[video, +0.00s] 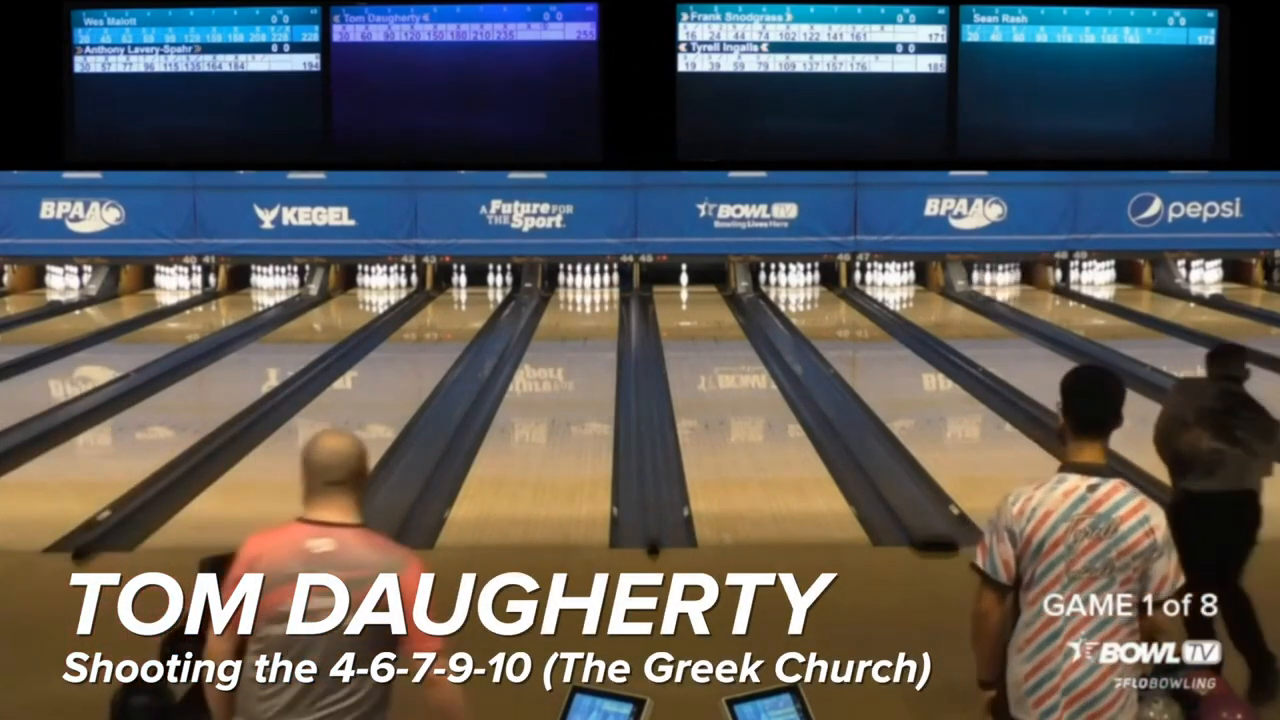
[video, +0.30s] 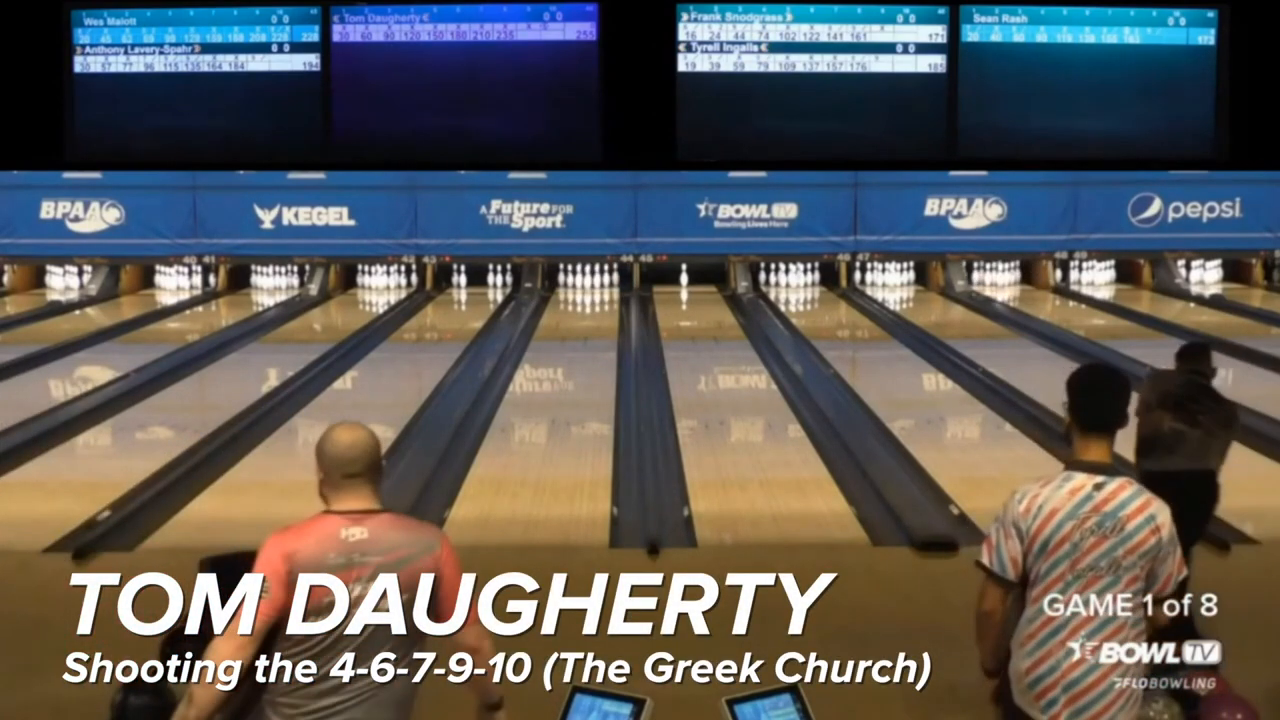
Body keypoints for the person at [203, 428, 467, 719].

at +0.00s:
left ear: (305, 476)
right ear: (364, 479)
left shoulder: (258, 552)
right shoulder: (401, 565)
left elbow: (218, 663)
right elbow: (435, 676)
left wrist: (225, 713)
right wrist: (459, 713)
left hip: (265, 710)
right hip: (358, 712)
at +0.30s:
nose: (317, 477)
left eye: (317, 470)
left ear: (321, 477)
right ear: (380, 471)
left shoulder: (285, 548)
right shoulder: (430, 545)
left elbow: (232, 652)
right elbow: (478, 649)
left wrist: (187, 713)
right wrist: (492, 706)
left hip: (293, 710)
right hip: (383, 712)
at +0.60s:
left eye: (310, 465)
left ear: (310, 473)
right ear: (371, 468)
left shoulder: (281, 551)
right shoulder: (423, 539)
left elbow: (239, 654)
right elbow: (465, 647)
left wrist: (193, 713)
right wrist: (478, 705)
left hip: (296, 709)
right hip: (386, 708)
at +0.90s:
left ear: (269, 474)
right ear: (329, 474)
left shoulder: (229, 553)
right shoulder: (370, 551)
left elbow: (205, 662)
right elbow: (410, 650)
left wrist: (208, 713)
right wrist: (445, 704)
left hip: (254, 710)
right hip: (344, 709)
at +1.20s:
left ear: (235, 468)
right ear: (294, 469)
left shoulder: (194, 544)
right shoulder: (330, 546)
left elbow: (178, 645)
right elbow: (357, 645)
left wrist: (196, 697)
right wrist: (393, 704)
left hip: (219, 710)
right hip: (309, 710)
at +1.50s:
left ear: (229, 465)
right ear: (289, 464)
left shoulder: (188, 538)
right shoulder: (329, 535)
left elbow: (163, 650)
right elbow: (358, 641)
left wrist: (183, 702)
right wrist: (386, 704)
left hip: (213, 709)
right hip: (302, 709)